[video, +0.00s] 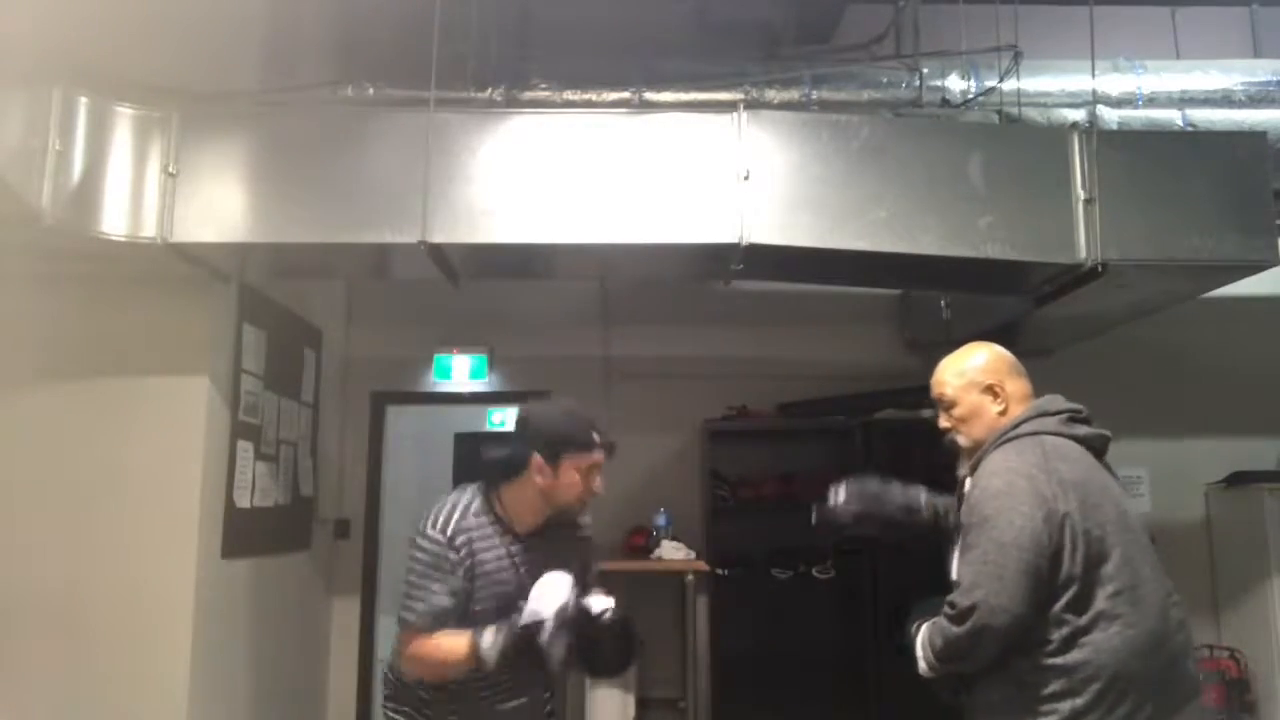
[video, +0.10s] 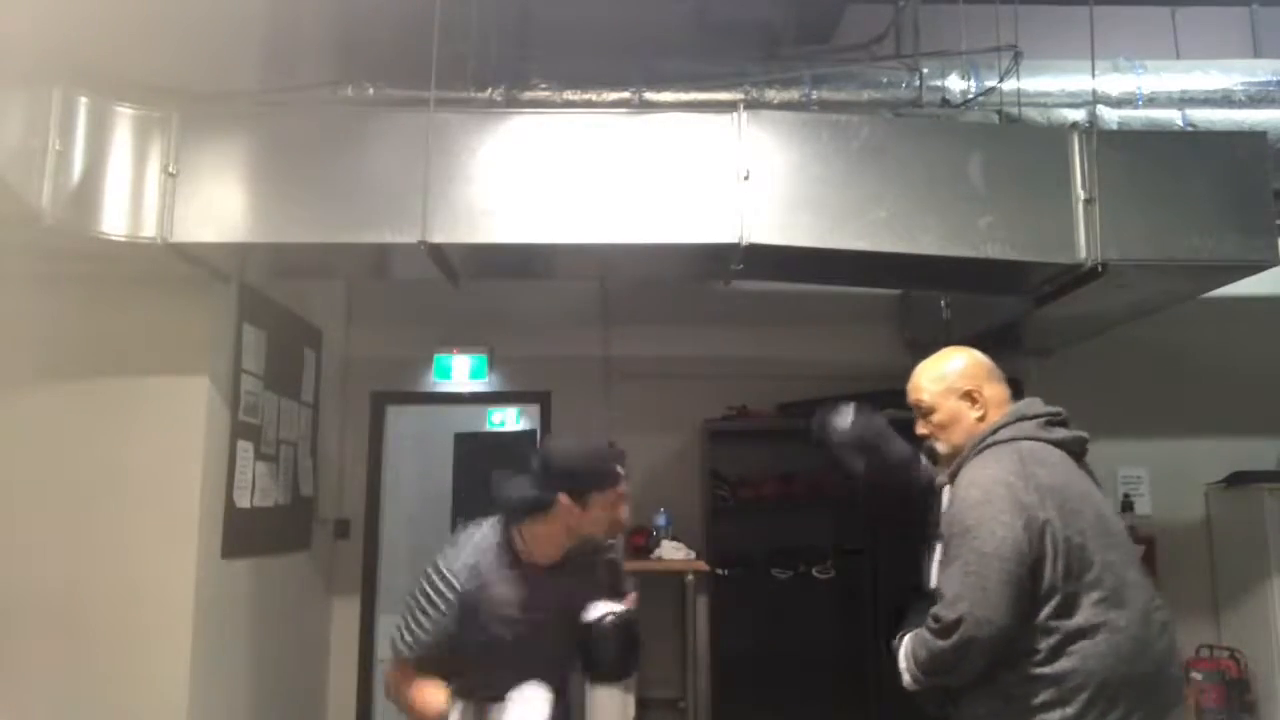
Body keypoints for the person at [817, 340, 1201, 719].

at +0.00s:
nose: (941, 424)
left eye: (948, 406)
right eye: (938, 410)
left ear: (996, 397)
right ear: (999, 399)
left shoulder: (1009, 471)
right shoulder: (1065, 453)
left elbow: (993, 613)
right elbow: (993, 519)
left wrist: (928, 646)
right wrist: (906, 506)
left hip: (1086, 697)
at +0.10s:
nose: (918, 430)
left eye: (925, 413)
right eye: (915, 416)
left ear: (975, 403)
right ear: (978, 403)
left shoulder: (989, 477)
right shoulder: (1043, 457)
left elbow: (978, 622)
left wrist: (911, 660)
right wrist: (898, 463)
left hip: (1077, 698)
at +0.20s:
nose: (900, 433)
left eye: (907, 416)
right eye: (897, 419)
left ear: (955, 406)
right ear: (957, 407)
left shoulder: (981, 482)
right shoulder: (1016, 462)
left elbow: (971, 629)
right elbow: (931, 550)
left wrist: (896, 672)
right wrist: (875, 461)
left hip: (1074, 702)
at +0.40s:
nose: (892, 424)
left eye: (902, 407)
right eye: (890, 410)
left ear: (952, 397)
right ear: (951, 399)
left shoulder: (987, 471)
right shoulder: (964, 460)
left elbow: (978, 622)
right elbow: (881, 517)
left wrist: (893, 672)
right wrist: (808, 482)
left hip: (1070, 700)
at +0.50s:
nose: (906, 417)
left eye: (915, 400)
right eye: (904, 403)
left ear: (966, 395)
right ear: (964, 397)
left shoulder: (994, 474)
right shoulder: (985, 456)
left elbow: (983, 622)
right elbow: (907, 506)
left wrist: (889, 671)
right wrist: (829, 524)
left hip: (1065, 700)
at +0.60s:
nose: (921, 414)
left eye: (932, 397)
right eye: (921, 399)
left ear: (983, 395)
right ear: (982, 397)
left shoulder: (1013, 477)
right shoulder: (985, 465)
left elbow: (1000, 626)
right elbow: (941, 556)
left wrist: (893, 669)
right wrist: (868, 583)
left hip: (1073, 705)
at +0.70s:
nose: (937, 418)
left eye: (948, 402)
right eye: (937, 403)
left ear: (1000, 400)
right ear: (1000, 401)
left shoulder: (1026, 476)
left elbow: (1020, 620)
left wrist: (918, 660)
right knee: (868, 631)